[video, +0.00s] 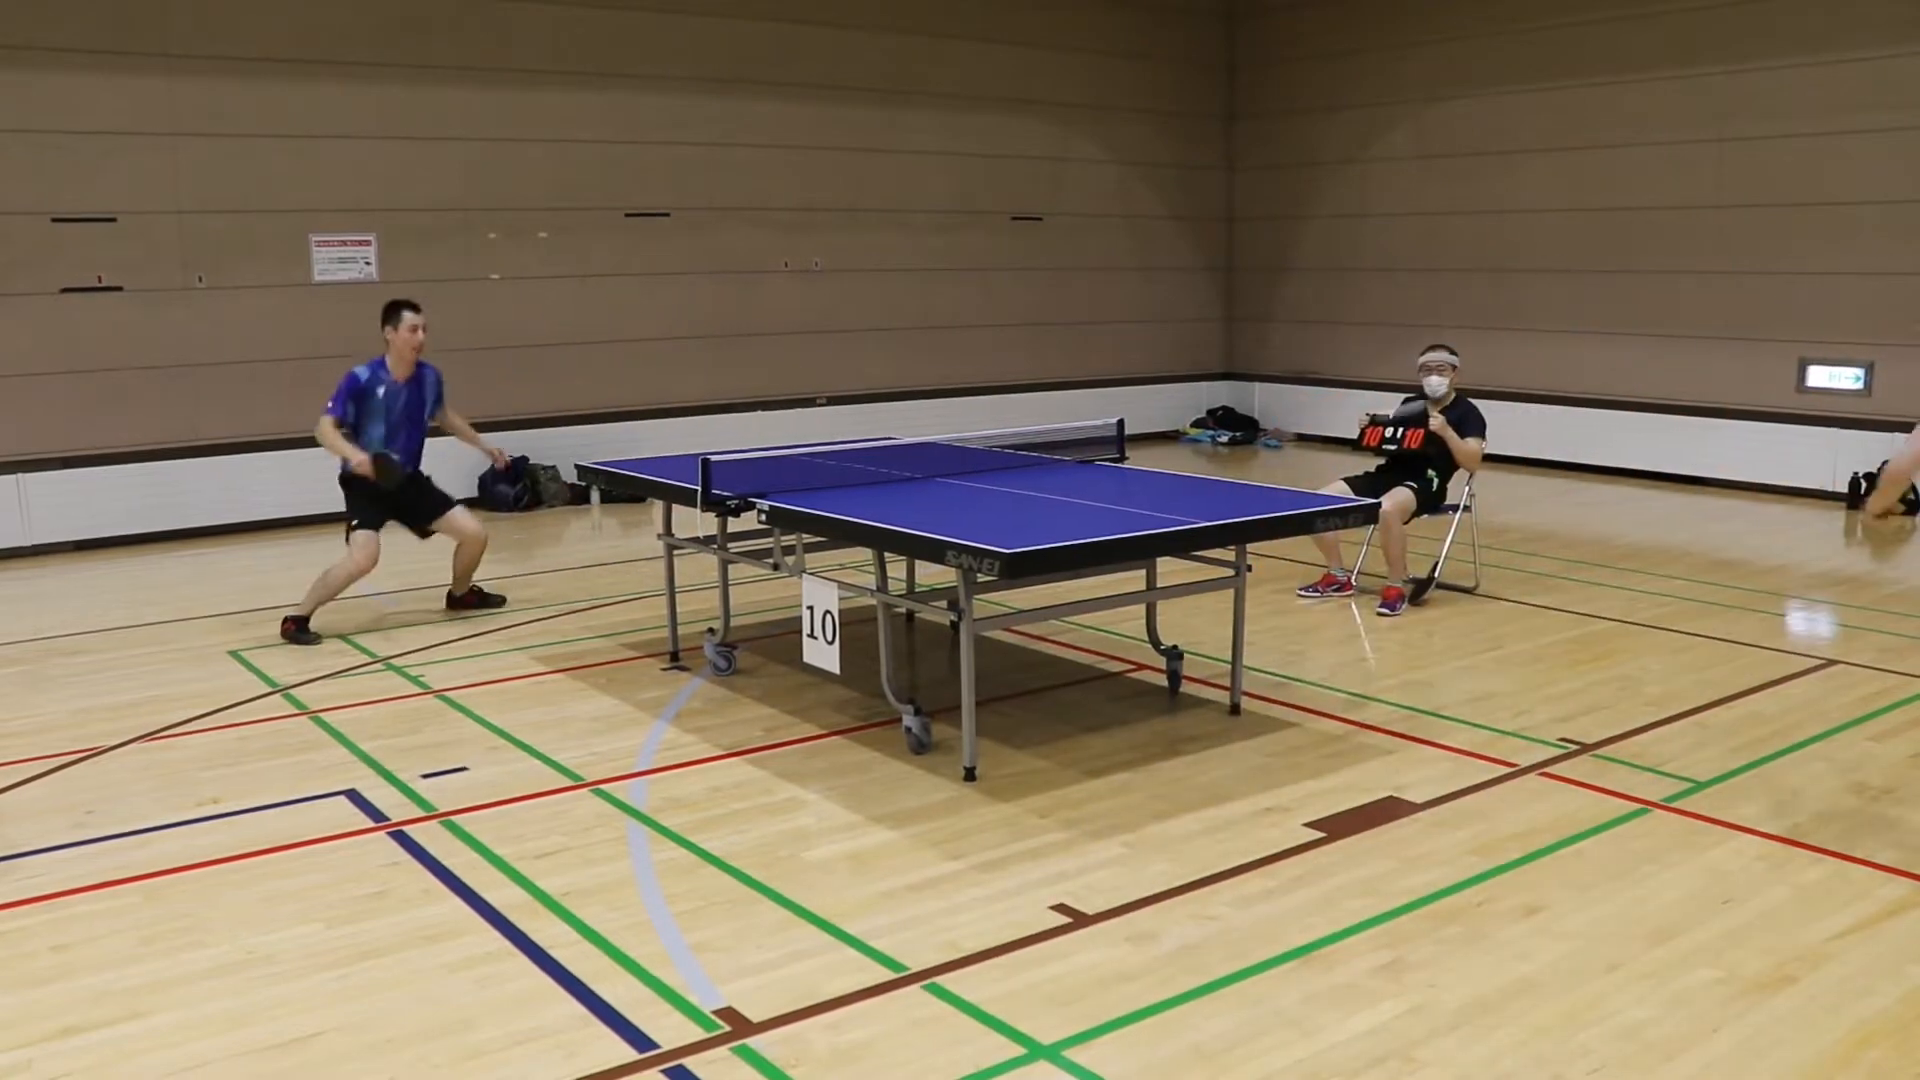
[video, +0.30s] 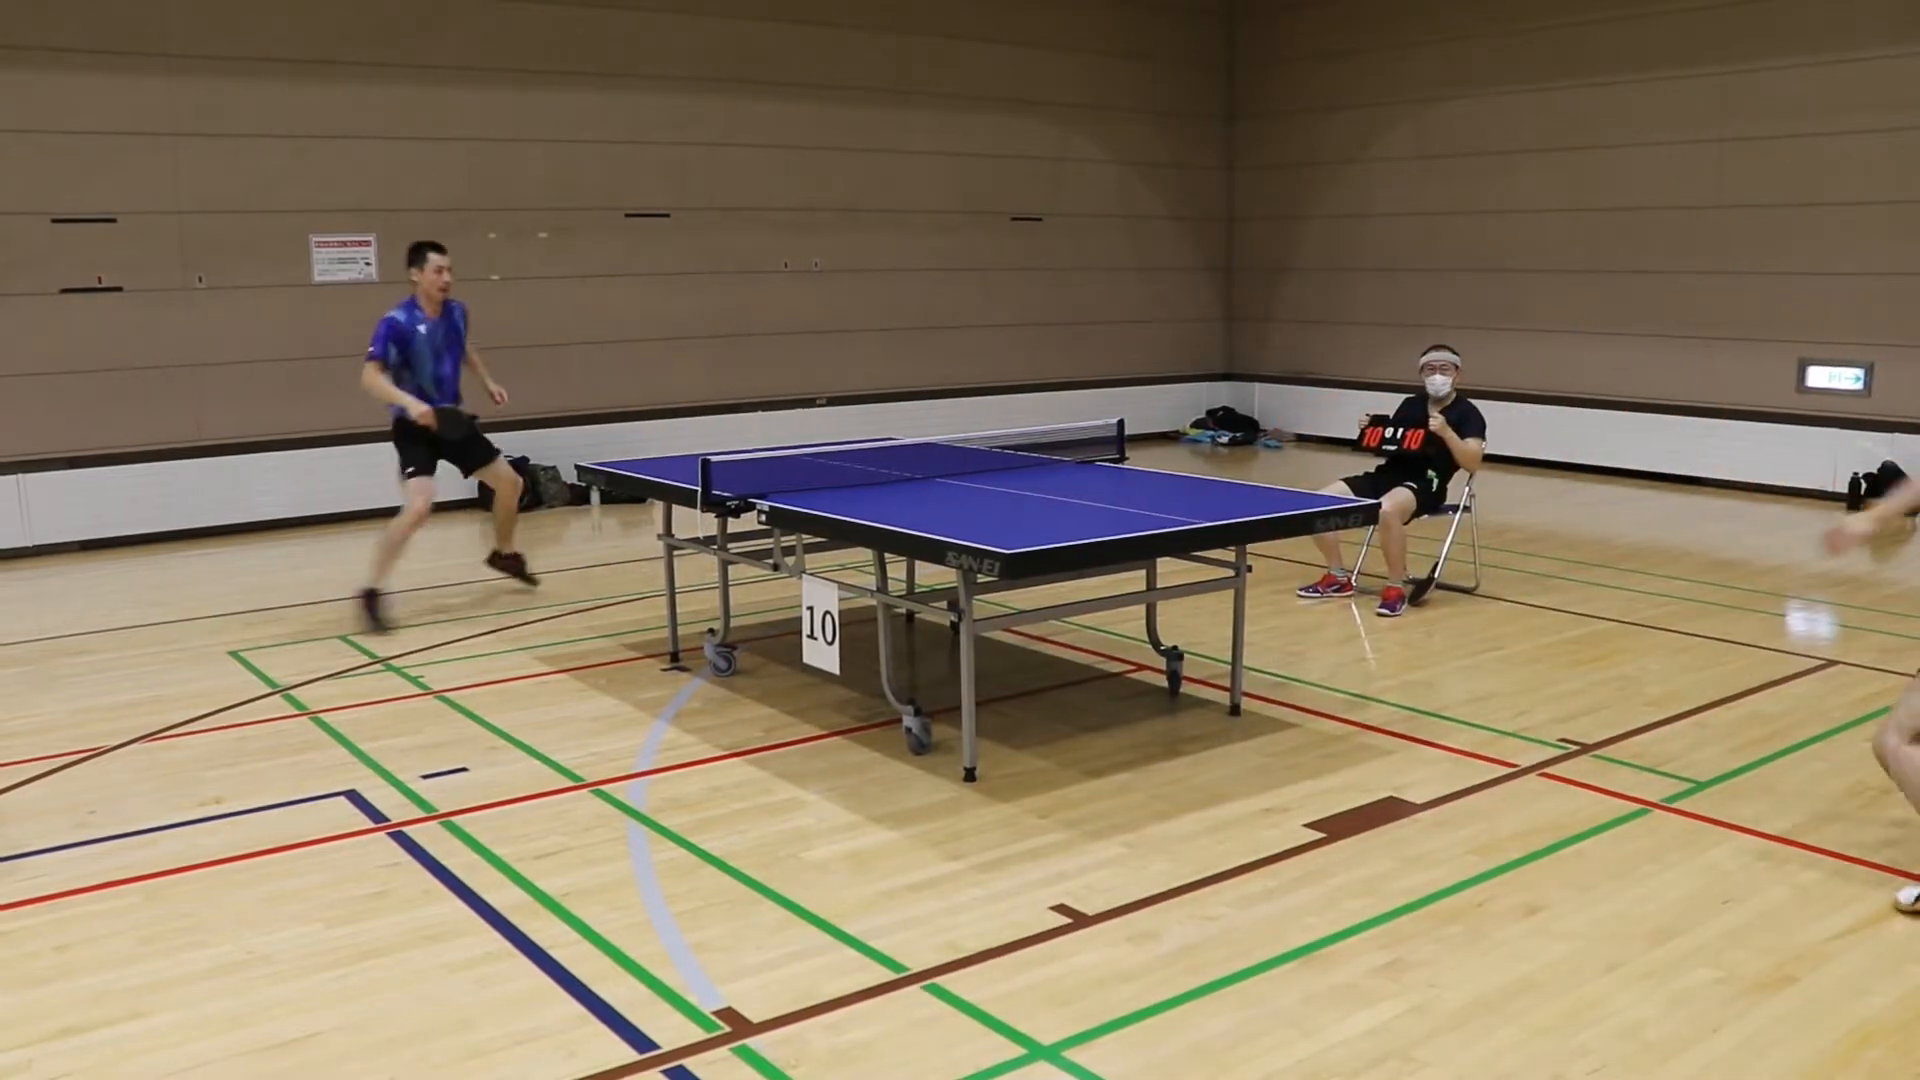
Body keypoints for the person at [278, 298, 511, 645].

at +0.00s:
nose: (421, 337)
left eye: (423, 330)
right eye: (413, 330)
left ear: (424, 333)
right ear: (390, 334)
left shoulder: (429, 378)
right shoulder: (361, 379)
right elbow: (324, 429)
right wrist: (355, 456)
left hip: (407, 480)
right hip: (364, 481)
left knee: (474, 534)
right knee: (363, 557)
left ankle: (461, 594)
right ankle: (297, 618)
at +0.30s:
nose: (446, 277)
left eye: (448, 270)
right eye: (438, 271)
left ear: (450, 275)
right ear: (415, 275)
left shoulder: (455, 313)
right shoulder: (395, 322)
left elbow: (464, 350)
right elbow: (370, 377)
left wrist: (487, 381)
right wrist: (410, 403)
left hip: (452, 419)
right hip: (413, 425)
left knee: (510, 484)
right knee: (419, 507)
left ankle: (503, 553)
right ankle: (372, 590)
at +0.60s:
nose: (490, 346)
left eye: (493, 338)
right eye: (482, 339)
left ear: (495, 339)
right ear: (461, 342)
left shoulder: (498, 372)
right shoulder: (442, 385)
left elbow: (514, 398)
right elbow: (416, 438)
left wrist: (539, 429)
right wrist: (448, 441)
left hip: (486, 469)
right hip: (446, 473)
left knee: (543, 519)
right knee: (467, 514)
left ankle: (525, 568)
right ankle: (438, 603)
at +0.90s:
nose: (449, 349)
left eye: (453, 341)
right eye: (441, 342)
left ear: (457, 342)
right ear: (421, 347)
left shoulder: (469, 370)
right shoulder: (407, 385)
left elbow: (492, 377)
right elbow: (361, 420)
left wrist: (527, 385)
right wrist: (349, 408)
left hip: (470, 463)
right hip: (427, 470)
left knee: (527, 522)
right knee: (445, 518)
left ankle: (515, 560)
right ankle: (435, 604)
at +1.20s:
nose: (446, 302)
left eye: (450, 295)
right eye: (438, 295)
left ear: (452, 298)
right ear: (417, 297)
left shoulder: (462, 336)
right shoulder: (392, 344)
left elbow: (485, 369)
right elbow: (355, 391)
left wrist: (518, 390)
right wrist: (363, 420)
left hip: (453, 440)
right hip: (410, 444)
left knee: (497, 515)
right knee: (413, 516)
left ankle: (476, 563)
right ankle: (379, 597)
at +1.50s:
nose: (468, 287)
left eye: (471, 281)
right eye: (460, 281)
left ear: (474, 284)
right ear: (439, 287)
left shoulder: (483, 321)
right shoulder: (424, 334)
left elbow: (499, 346)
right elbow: (401, 385)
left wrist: (528, 370)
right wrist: (442, 405)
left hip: (487, 430)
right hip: (447, 435)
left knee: (529, 492)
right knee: (431, 510)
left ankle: (492, 551)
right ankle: (387, 595)